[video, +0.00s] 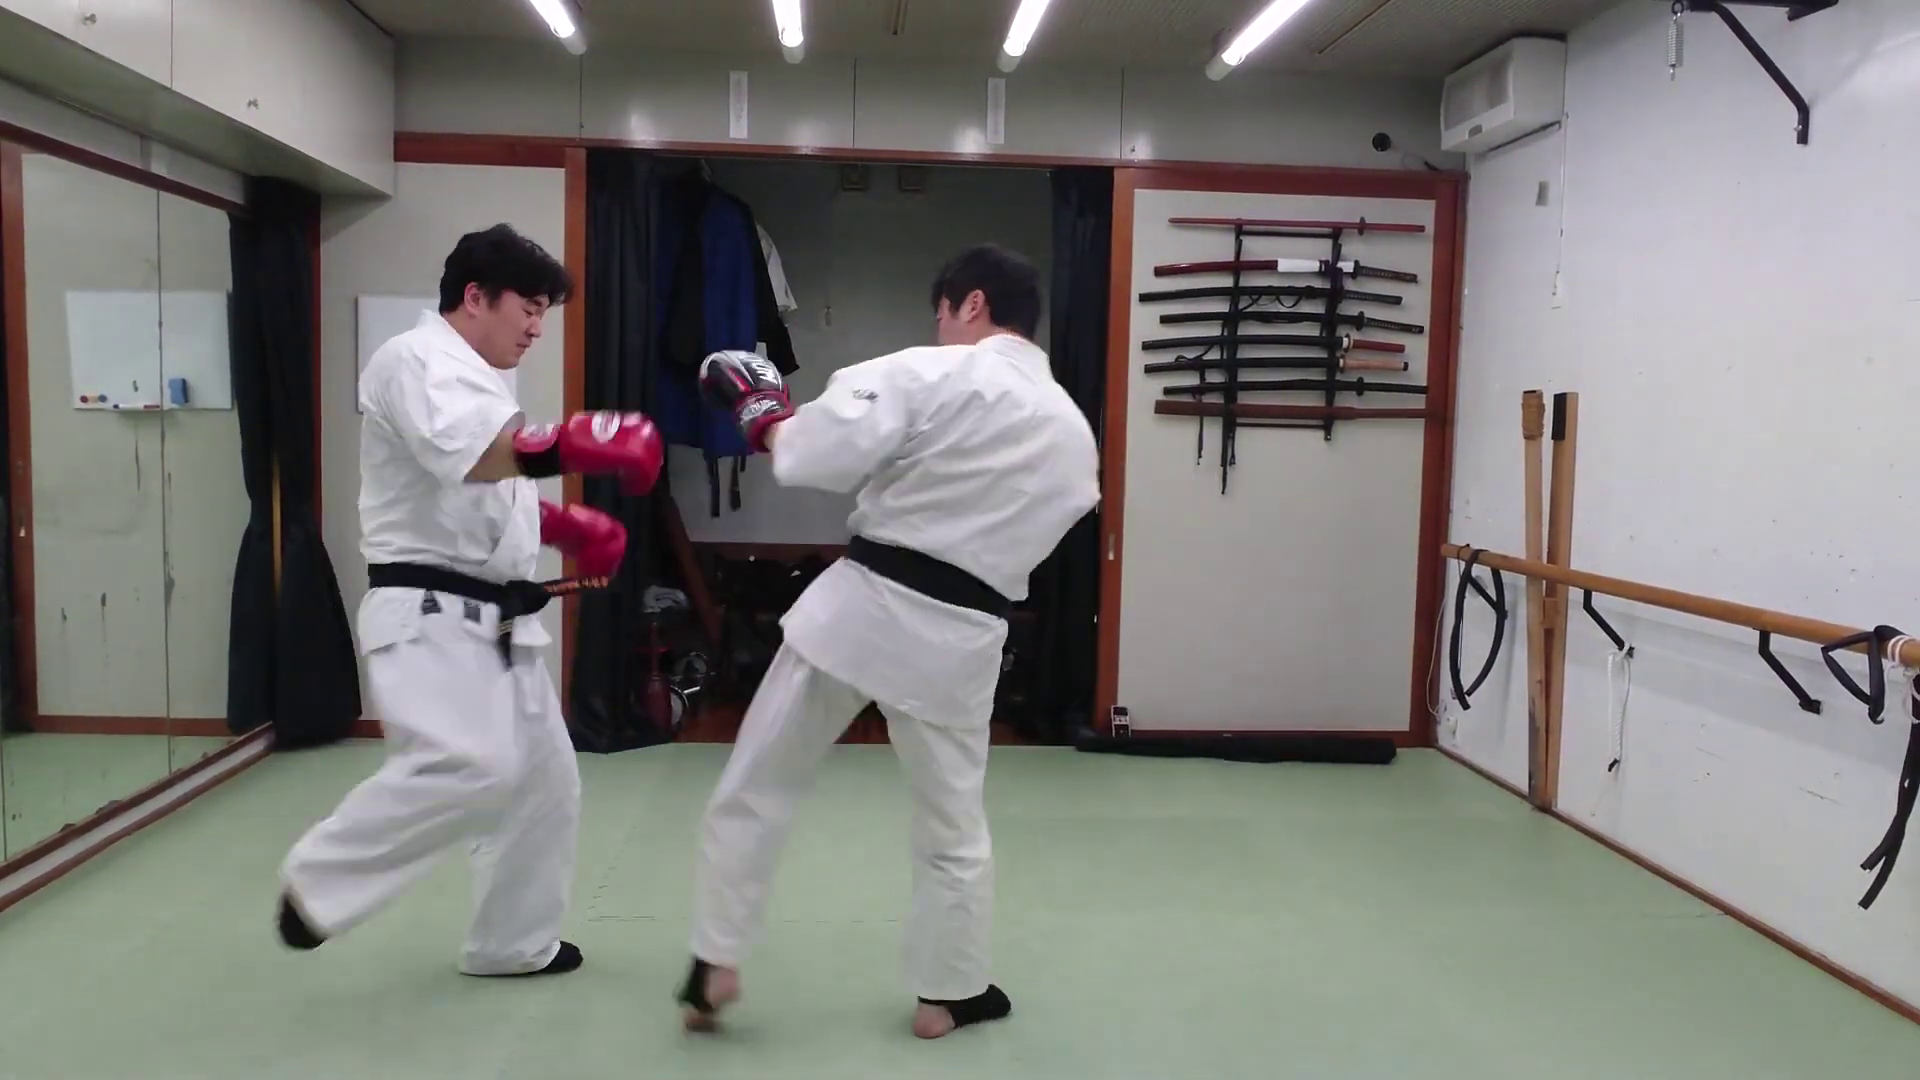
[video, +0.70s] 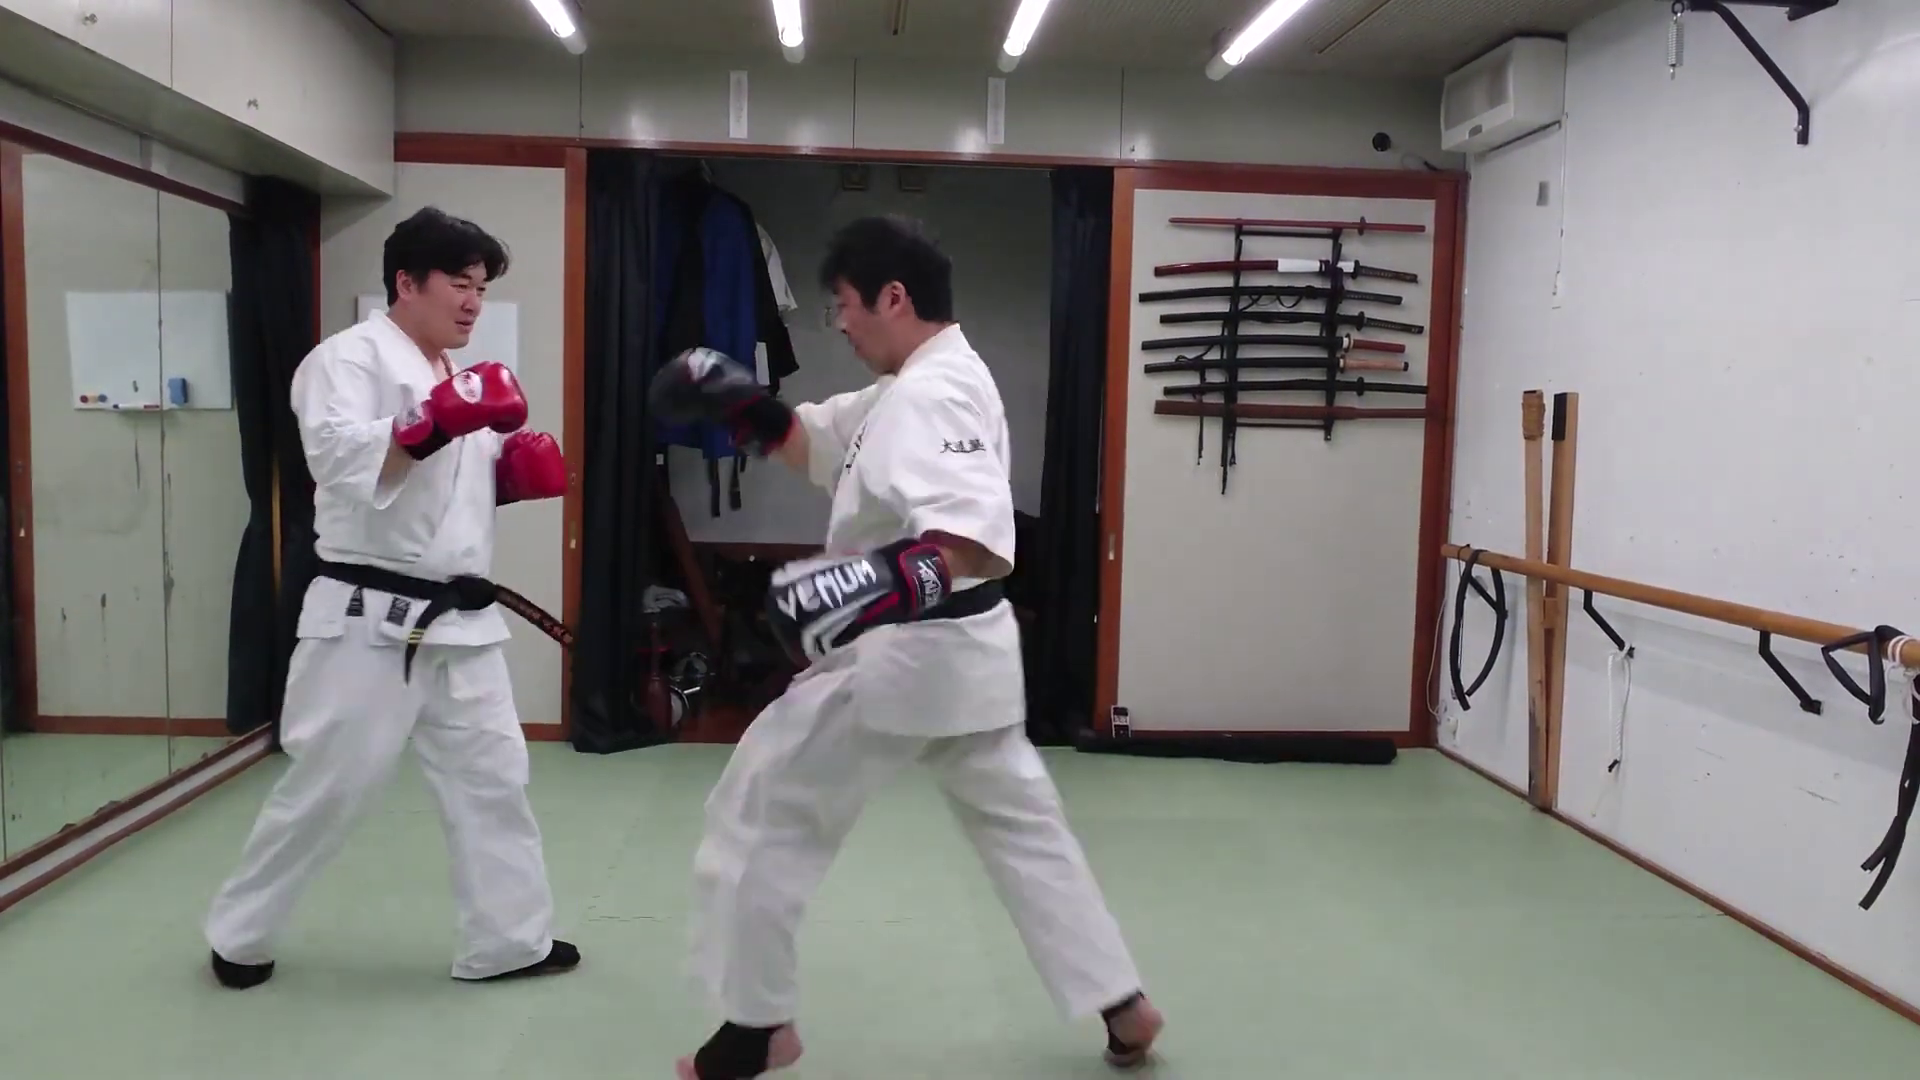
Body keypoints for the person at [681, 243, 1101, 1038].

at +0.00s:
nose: (939, 332)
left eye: (942, 317)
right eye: (939, 319)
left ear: (976, 307)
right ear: (1021, 318)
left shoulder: (927, 374)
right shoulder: (1077, 437)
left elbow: (804, 458)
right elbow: (1017, 535)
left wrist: (765, 414)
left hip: (857, 609)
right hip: (963, 645)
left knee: (759, 784)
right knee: (953, 827)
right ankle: (946, 996)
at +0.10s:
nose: (897, 363)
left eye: (900, 347)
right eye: (899, 349)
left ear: (928, 339)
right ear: (984, 350)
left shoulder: (879, 416)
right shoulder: (1034, 454)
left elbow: (747, 500)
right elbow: (1000, 554)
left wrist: (743, 442)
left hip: (846, 670)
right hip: (959, 687)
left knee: (771, 846)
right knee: (982, 843)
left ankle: (744, 1015)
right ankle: (1004, 1002)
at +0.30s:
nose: (892, 379)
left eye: (892, 364)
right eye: (889, 367)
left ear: (924, 342)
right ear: (975, 341)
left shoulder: (918, 414)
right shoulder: (1049, 418)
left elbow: (809, 502)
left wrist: (836, 420)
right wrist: (890, 417)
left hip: (915, 658)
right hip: (1024, 667)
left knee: (809, 820)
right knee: (1051, 851)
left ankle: (748, 1004)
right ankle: (1138, 1036)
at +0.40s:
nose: (906, 385)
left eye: (904, 366)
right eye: (898, 371)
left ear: (936, 338)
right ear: (971, 337)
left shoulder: (937, 428)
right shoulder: (1058, 419)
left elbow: (835, 534)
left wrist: (843, 446)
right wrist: (888, 430)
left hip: (954, 667)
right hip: (1060, 667)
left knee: (826, 804)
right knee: (1086, 862)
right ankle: (1141, 1052)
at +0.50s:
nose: (900, 368)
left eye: (901, 348)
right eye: (894, 352)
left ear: (941, 331)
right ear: (974, 333)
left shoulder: (935, 423)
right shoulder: (1047, 413)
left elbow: (882, 575)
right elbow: (970, 507)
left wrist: (803, 562)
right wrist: (869, 429)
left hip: (968, 668)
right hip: (1065, 665)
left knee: (819, 787)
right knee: (1084, 871)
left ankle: (946, 926)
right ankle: (1142, 1056)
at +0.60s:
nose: (876, 340)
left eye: (880, 322)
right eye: (873, 324)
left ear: (925, 316)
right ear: (946, 319)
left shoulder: (927, 412)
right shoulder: (1004, 393)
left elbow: (906, 570)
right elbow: (911, 480)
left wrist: (830, 640)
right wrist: (812, 402)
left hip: (956, 653)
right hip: (1042, 652)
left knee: (783, 763)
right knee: (1073, 866)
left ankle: (851, 952)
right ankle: (1140, 1055)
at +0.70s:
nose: (843, 328)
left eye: (847, 308)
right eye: (838, 311)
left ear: (894, 298)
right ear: (913, 300)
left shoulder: (927, 392)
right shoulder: (938, 374)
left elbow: (968, 541)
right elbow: (823, 448)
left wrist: (861, 586)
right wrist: (743, 406)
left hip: (902, 654)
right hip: (974, 649)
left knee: (758, 811)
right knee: (1026, 830)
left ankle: (756, 1022)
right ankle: (1124, 1004)